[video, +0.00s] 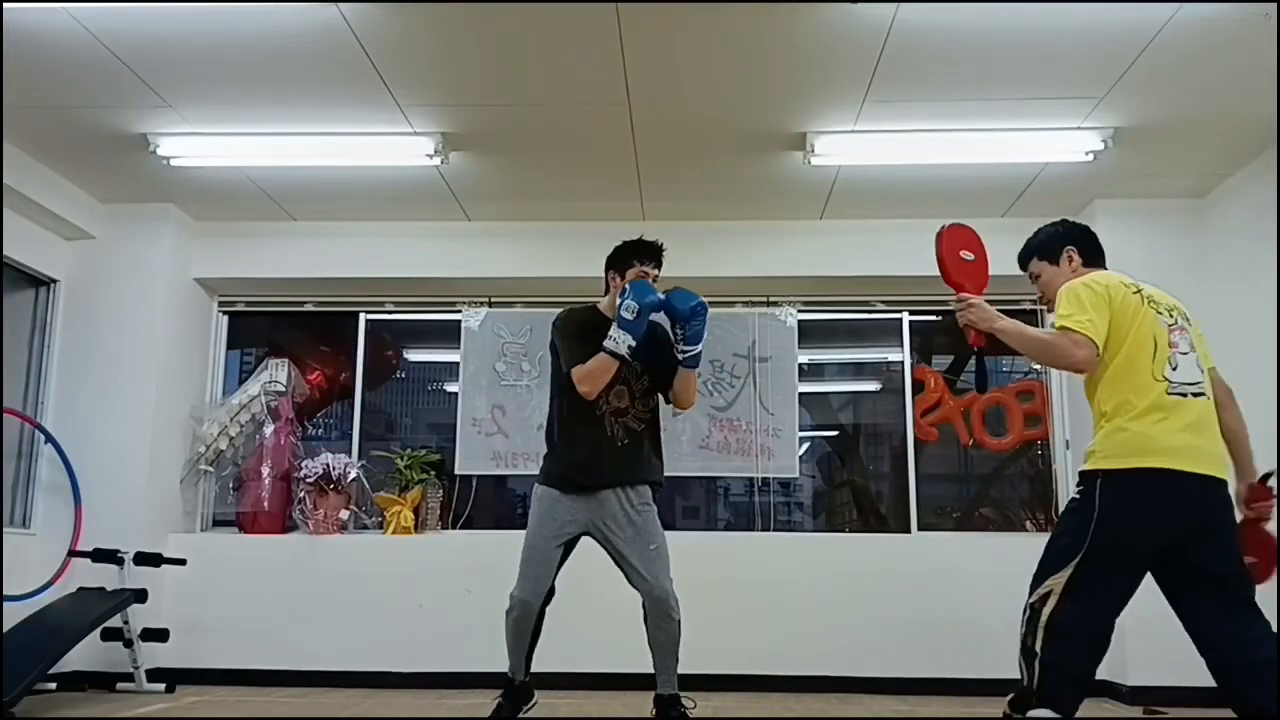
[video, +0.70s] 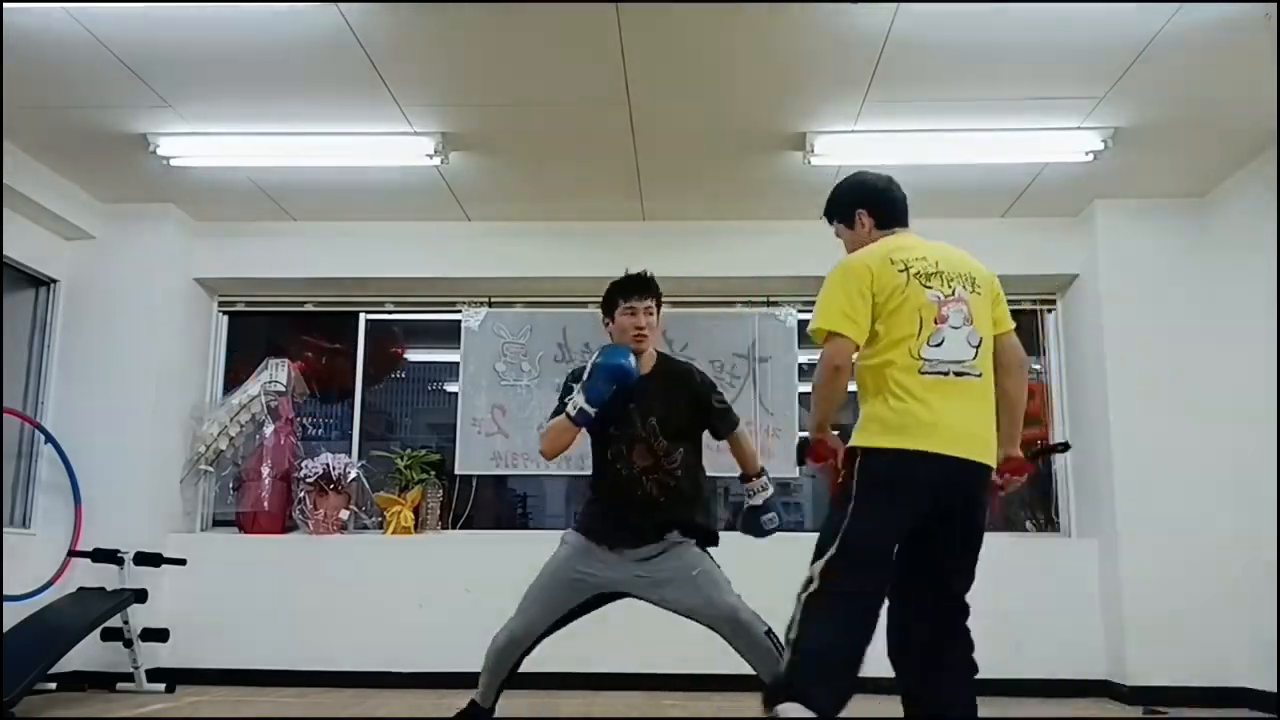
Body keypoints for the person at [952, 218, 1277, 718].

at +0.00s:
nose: (1038, 294)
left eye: (1038, 277)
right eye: (1033, 283)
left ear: (1071, 258)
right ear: (1089, 262)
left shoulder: (1088, 287)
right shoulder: (1173, 308)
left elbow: (1080, 353)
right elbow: (1221, 396)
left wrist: (997, 323)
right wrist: (1248, 480)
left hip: (1127, 480)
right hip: (1204, 489)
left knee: (1064, 606)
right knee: (1234, 623)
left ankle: (1044, 708)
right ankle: (1267, 705)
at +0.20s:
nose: (1004, 304)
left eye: (1004, 291)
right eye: (1000, 295)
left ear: (1032, 274)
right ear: (1054, 274)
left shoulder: (1040, 309)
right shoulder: (1141, 317)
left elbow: (987, 375)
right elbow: (1213, 374)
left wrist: (946, 318)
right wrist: (1272, 412)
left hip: (1081, 504)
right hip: (1162, 508)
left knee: (1004, 627)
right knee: (1212, 634)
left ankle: (987, 709)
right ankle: (1269, 701)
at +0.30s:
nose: (964, 291)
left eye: (964, 282)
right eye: (961, 283)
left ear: (990, 270)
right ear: (1026, 269)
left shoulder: (980, 306)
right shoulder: (1100, 314)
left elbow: (899, 362)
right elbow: (1169, 374)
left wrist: (865, 304)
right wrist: (1246, 433)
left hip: (1028, 505)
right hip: (1116, 505)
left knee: (971, 632)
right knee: (1186, 623)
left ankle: (977, 710)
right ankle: (1266, 702)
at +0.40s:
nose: (927, 266)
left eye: (927, 258)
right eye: (926, 259)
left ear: (948, 248)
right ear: (990, 245)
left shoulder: (931, 283)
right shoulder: (1056, 294)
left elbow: (849, 333)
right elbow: (1118, 372)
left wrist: (816, 302)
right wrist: (1161, 448)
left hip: (983, 493)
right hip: (1071, 487)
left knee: (959, 636)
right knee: (1135, 611)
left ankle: (969, 712)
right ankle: (1217, 703)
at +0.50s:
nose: (902, 229)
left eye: (901, 221)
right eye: (901, 222)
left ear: (920, 212)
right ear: (966, 213)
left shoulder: (906, 249)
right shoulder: (1027, 255)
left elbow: (853, 320)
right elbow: (1074, 335)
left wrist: (816, 356)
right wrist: (1075, 419)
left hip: (950, 449)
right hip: (1032, 447)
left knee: (952, 587)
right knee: (1052, 581)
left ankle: (955, 706)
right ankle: (1087, 702)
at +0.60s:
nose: (874, 219)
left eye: (875, 209)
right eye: (874, 210)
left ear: (893, 199)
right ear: (938, 198)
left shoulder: (883, 241)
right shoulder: (1004, 245)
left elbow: (856, 323)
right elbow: (1042, 330)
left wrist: (826, 392)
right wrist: (1036, 412)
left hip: (922, 430)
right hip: (999, 434)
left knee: (909, 570)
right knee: (987, 574)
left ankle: (899, 703)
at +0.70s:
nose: (843, 247)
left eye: (842, 233)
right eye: (839, 235)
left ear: (864, 220)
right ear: (901, 219)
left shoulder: (862, 266)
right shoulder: (973, 269)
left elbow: (838, 358)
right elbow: (1013, 357)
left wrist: (819, 431)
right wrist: (1010, 445)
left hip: (892, 455)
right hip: (970, 464)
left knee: (846, 583)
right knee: (934, 605)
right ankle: (949, 711)